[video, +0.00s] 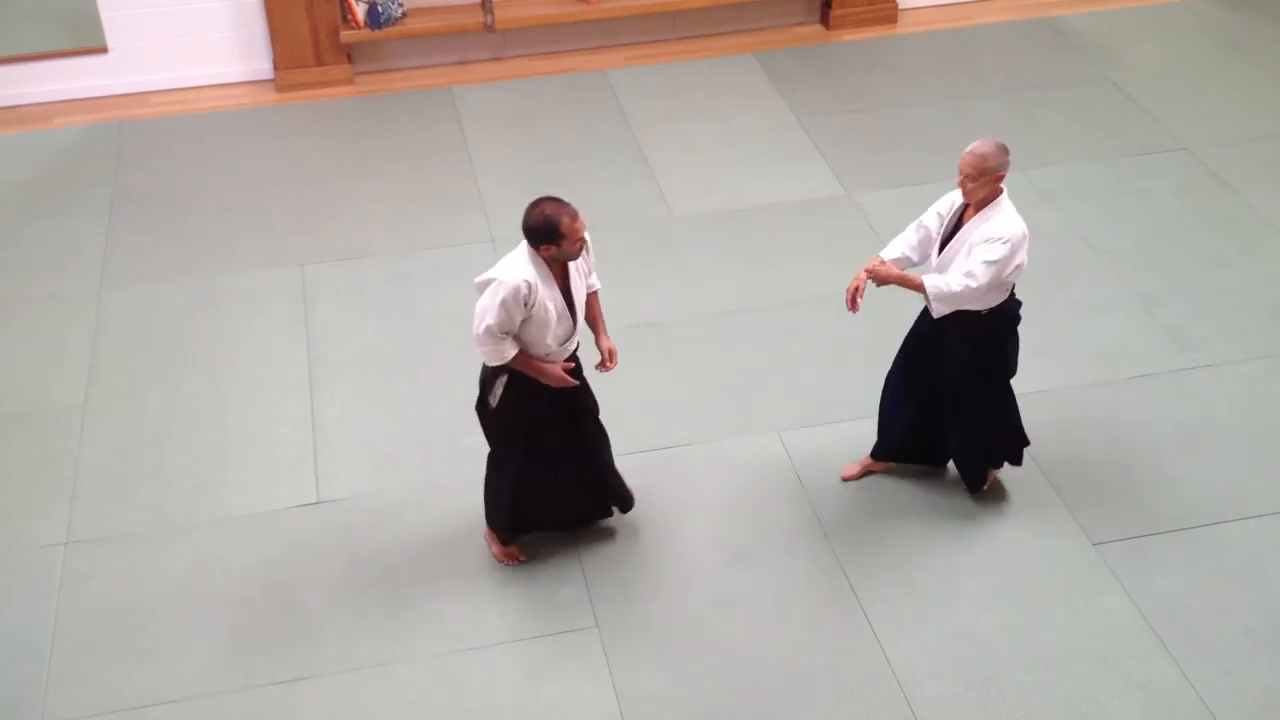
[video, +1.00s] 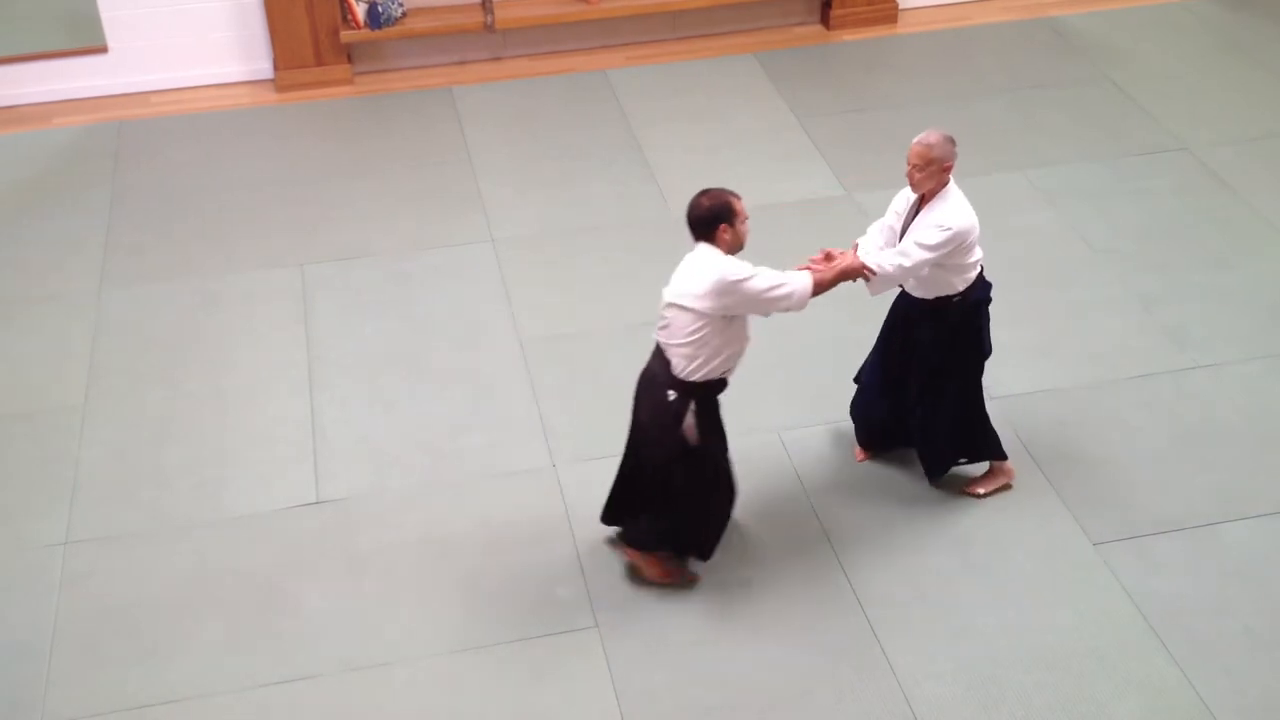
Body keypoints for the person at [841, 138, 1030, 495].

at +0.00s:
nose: (961, 184)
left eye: (970, 178)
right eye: (960, 175)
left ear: (997, 181)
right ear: (960, 170)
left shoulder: (1008, 231)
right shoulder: (956, 201)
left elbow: (967, 287)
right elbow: (916, 237)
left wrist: (900, 279)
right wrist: (869, 271)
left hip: (981, 327)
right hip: (939, 314)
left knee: (975, 398)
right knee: (904, 381)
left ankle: (988, 462)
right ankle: (884, 454)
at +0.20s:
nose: (971, 175)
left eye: (980, 170)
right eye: (970, 166)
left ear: (1008, 173)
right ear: (971, 161)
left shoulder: (1014, 224)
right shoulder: (965, 194)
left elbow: (966, 269)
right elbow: (923, 227)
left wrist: (895, 264)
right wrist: (869, 259)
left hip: (989, 320)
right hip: (947, 306)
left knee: (980, 395)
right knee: (908, 372)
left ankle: (988, 461)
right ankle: (893, 435)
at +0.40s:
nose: (957, 171)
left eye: (967, 166)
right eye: (956, 162)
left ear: (993, 168)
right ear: (955, 156)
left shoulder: (999, 218)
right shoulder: (950, 191)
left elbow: (944, 264)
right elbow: (908, 226)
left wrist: (873, 258)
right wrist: (854, 259)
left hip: (981, 314)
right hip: (939, 302)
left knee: (975, 390)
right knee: (907, 365)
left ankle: (983, 460)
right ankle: (888, 425)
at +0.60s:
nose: (931, 169)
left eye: (940, 163)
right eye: (929, 160)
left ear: (966, 164)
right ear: (927, 155)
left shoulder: (972, 214)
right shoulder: (922, 189)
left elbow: (917, 260)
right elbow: (884, 227)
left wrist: (851, 258)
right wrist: (839, 263)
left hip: (963, 307)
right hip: (921, 299)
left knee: (970, 384)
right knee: (893, 367)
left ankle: (989, 458)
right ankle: (887, 430)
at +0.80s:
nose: (906, 170)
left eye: (915, 165)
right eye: (905, 162)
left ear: (941, 165)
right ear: (904, 157)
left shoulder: (950, 214)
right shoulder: (900, 191)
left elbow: (901, 256)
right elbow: (868, 229)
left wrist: (836, 262)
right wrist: (826, 264)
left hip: (954, 303)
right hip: (910, 297)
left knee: (966, 379)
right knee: (882, 366)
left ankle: (989, 457)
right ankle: (877, 431)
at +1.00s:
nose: (910, 174)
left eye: (919, 169)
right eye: (909, 166)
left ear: (946, 170)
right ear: (908, 162)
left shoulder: (955, 219)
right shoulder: (910, 195)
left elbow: (904, 261)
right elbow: (883, 232)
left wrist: (847, 269)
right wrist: (851, 256)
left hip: (956, 309)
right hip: (914, 301)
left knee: (959, 389)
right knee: (881, 373)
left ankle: (999, 466)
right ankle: (879, 434)